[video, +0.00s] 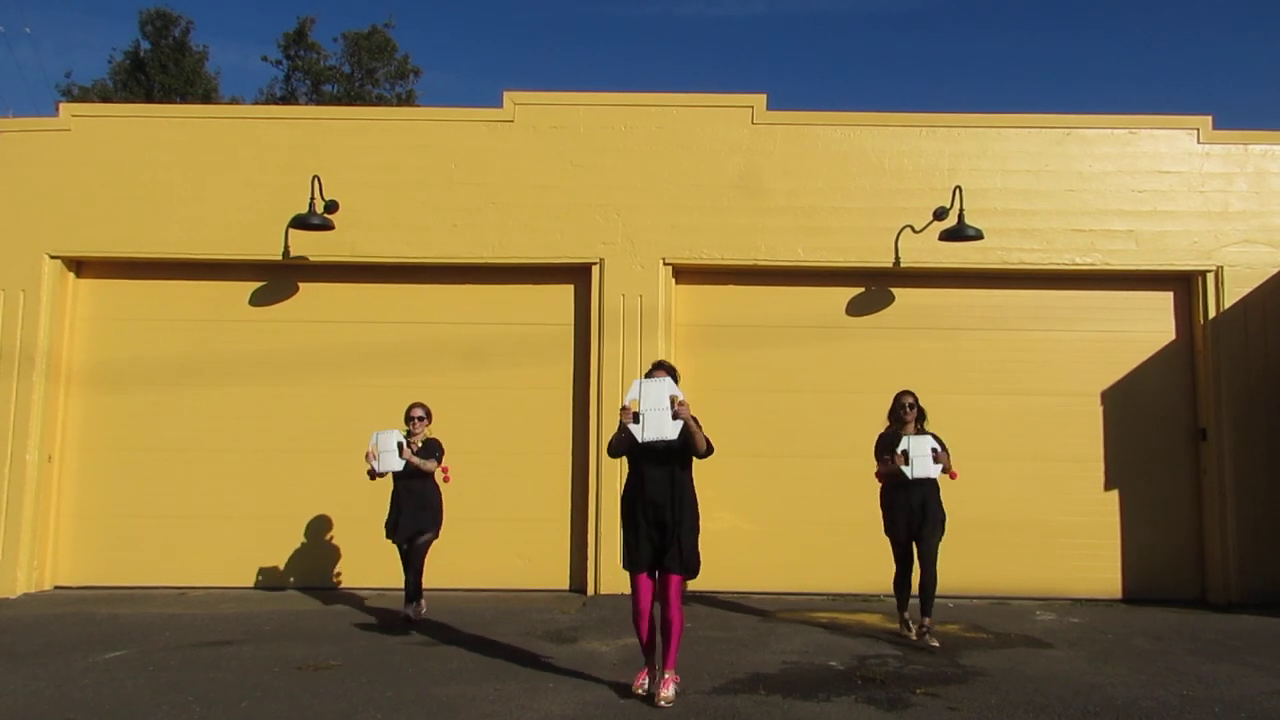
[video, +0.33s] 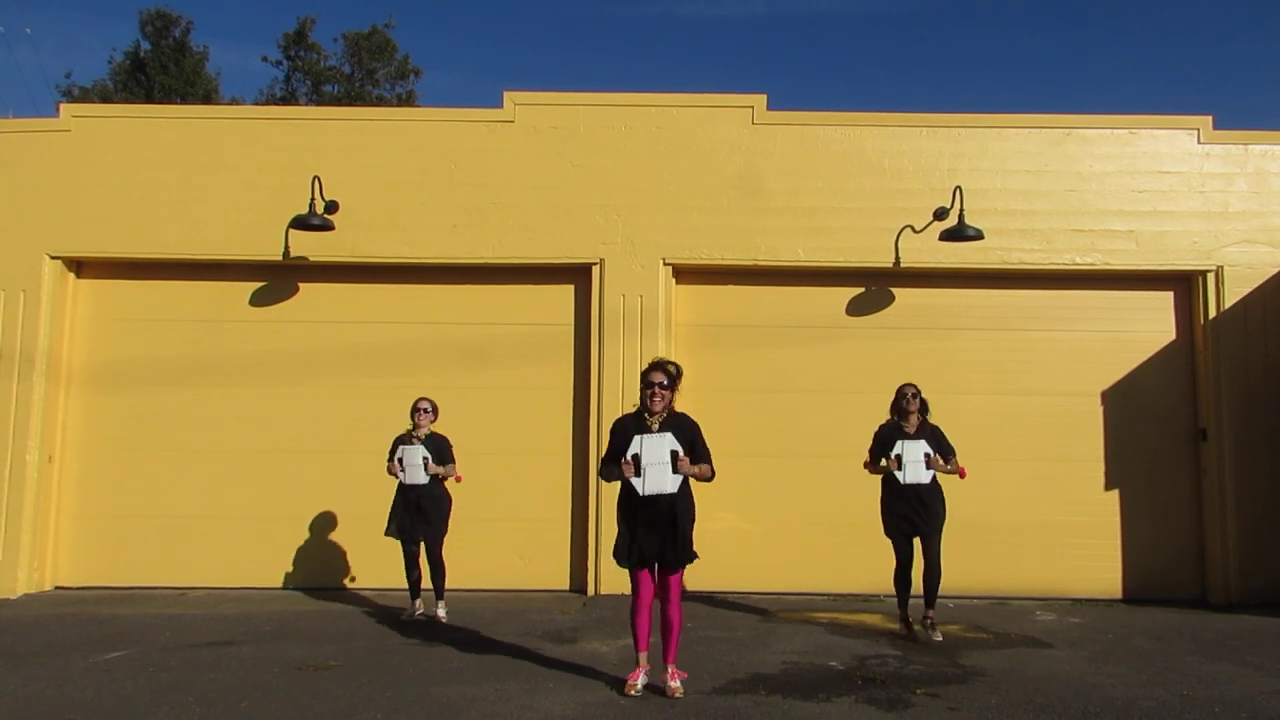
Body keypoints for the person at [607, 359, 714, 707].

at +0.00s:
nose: (659, 389)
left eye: (665, 384)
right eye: (653, 384)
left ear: (675, 389)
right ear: (644, 388)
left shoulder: (685, 423)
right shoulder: (636, 422)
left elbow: (703, 450)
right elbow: (614, 451)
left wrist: (687, 420)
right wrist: (625, 426)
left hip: (677, 519)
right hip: (639, 520)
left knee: (671, 600)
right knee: (641, 604)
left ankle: (669, 673)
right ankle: (649, 666)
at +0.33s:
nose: (655, 391)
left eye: (662, 386)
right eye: (649, 385)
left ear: (673, 391)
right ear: (642, 388)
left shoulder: (686, 426)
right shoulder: (625, 426)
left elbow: (708, 471)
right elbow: (605, 470)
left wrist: (690, 468)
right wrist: (621, 470)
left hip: (675, 524)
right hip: (637, 524)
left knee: (671, 595)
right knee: (642, 594)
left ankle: (671, 669)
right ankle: (641, 668)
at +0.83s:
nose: (651, 408)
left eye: (657, 403)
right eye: (644, 403)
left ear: (667, 406)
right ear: (637, 406)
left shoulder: (677, 438)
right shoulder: (626, 439)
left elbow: (692, 476)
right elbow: (612, 472)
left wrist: (689, 457)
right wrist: (622, 455)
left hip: (673, 535)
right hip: (631, 535)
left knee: (688, 606)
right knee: (618, 605)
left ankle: (712, 681)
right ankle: (600, 677)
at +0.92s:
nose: (650, 389)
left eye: (657, 385)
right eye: (645, 384)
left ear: (668, 391)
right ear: (637, 389)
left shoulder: (681, 426)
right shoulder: (623, 426)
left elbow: (701, 477)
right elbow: (602, 474)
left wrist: (689, 456)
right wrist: (622, 458)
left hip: (673, 524)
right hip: (631, 525)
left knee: (685, 599)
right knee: (622, 595)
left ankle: (702, 673)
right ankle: (606, 671)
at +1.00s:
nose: (649, 386)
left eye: (656, 382)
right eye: (644, 381)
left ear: (667, 390)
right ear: (636, 387)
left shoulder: (681, 425)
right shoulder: (619, 427)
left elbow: (701, 475)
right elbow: (601, 476)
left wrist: (686, 465)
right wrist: (618, 467)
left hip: (674, 524)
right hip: (632, 524)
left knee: (678, 597)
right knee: (627, 596)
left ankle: (685, 668)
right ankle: (618, 667)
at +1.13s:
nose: (647, 398)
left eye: (654, 394)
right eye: (642, 393)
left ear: (665, 402)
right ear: (634, 401)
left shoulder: (679, 438)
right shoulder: (619, 440)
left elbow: (698, 488)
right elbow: (600, 488)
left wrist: (683, 472)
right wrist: (615, 475)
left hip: (672, 535)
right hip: (631, 535)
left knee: (673, 601)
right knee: (630, 603)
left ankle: (679, 670)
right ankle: (623, 669)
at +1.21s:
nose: (648, 391)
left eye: (655, 387)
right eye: (642, 386)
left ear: (664, 393)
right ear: (634, 392)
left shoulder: (677, 428)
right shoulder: (619, 430)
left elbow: (697, 475)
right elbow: (600, 479)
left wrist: (684, 461)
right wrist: (615, 465)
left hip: (672, 526)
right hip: (630, 526)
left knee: (680, 594)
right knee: (623, 595)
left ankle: (685, 664)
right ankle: (620, 662)